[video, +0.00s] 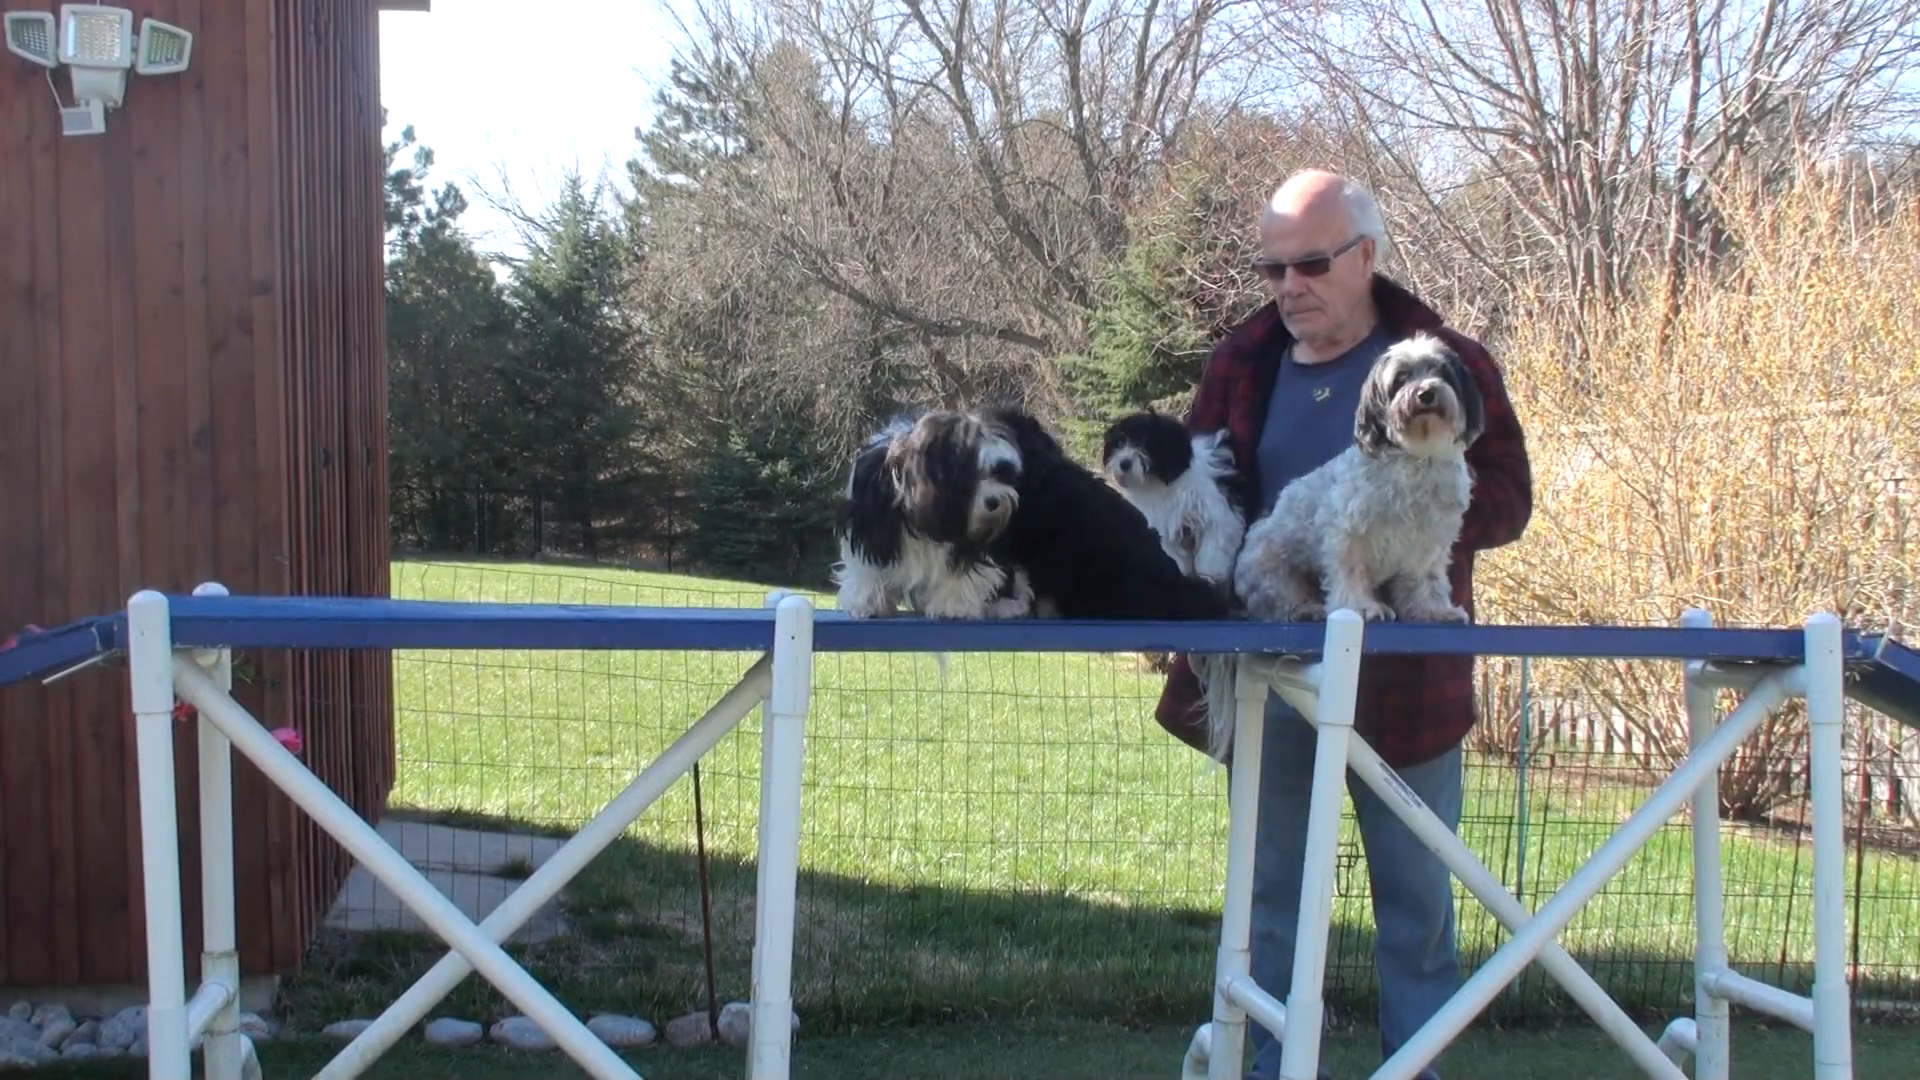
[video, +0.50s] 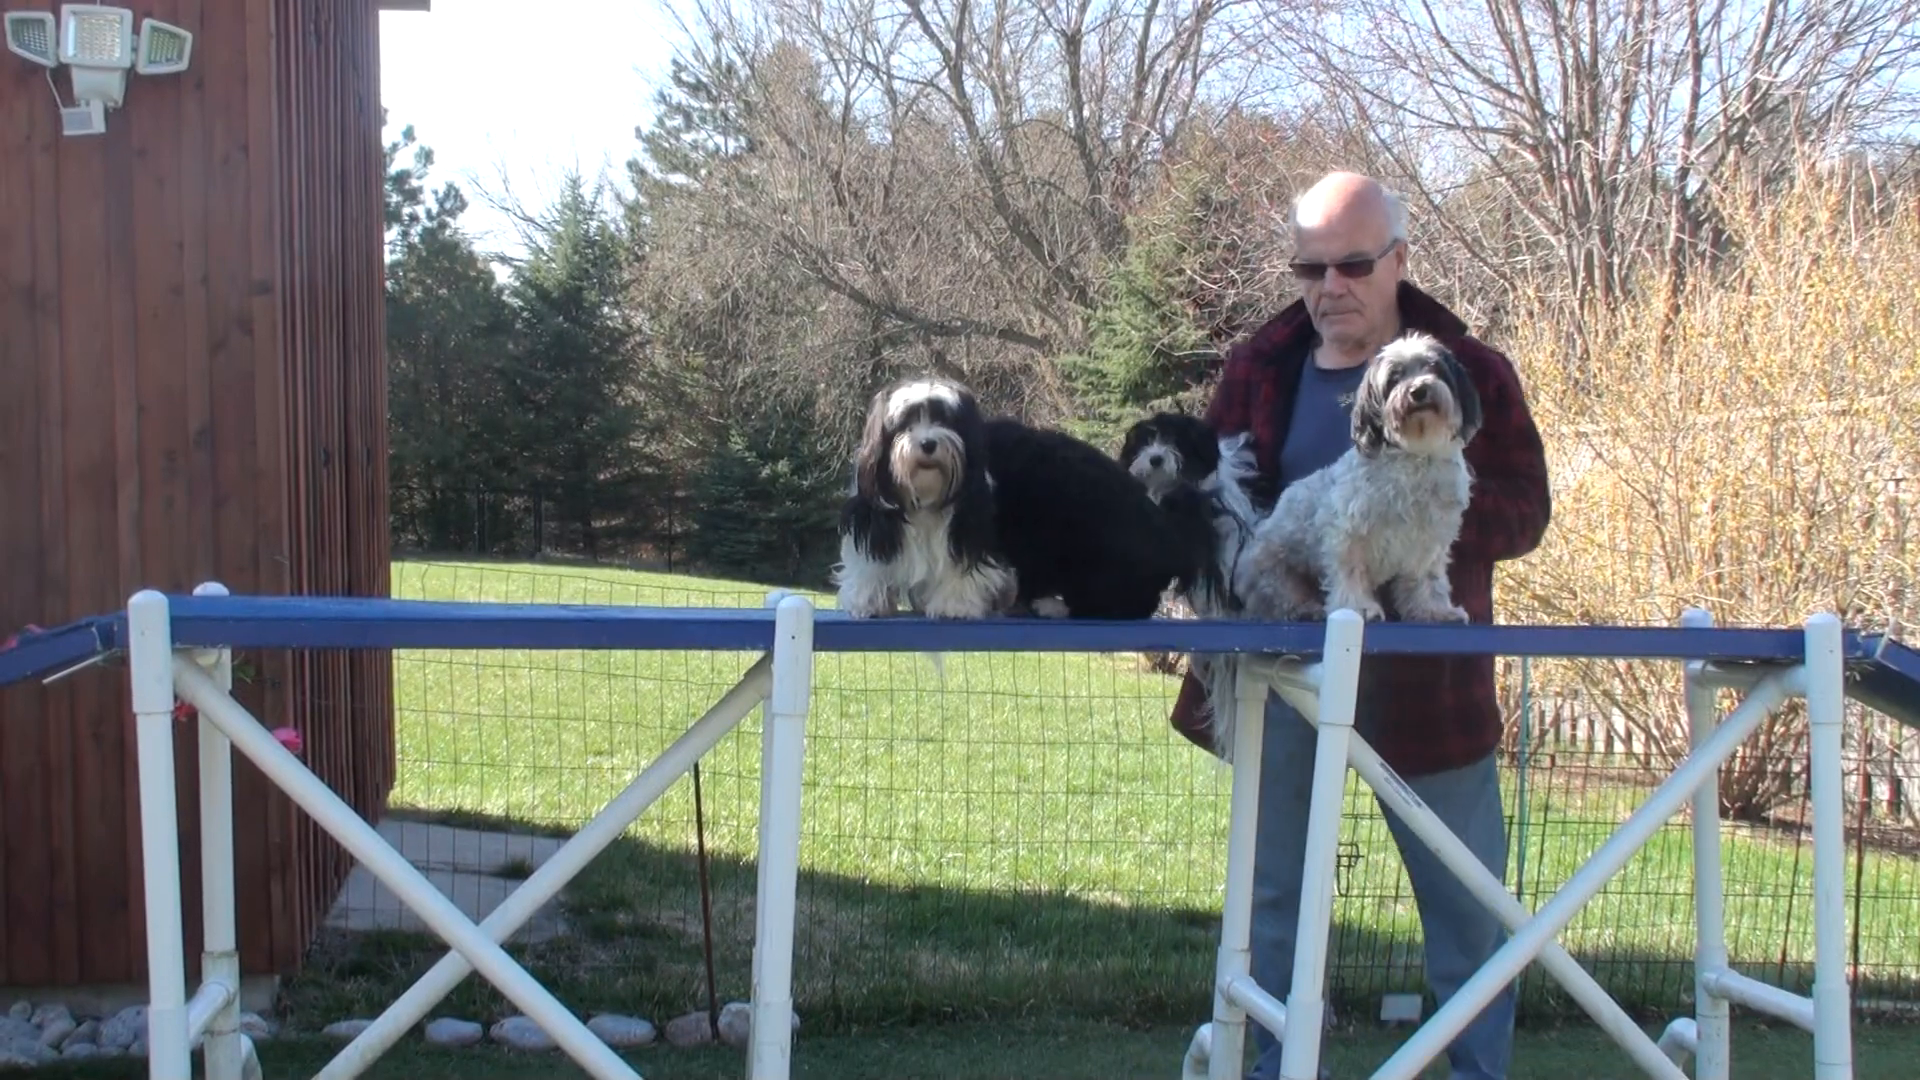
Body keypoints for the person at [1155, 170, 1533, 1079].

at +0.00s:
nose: (1292, 285)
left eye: (1314, 264)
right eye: (1276, 265)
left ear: (1367, 257)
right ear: (1261, 265)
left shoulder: (1446, 365)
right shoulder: (1235, 367)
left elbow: (1504, 496)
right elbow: (1192, 509)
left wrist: (1397, 546)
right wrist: (1195, 623)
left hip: (1407, 670)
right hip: (1271, 668)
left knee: (1415, 895)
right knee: (1271, 885)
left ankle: (1417, 1062)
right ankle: (1269, 1059)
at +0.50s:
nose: (1333, 286)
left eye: (1355, 265)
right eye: (1312, 267)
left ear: (1398, 258)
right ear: (1291, 266)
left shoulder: (1470, 372)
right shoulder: (1251, 370)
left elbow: (1520, 509)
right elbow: (1209, 508)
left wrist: (1395, 535)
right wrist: (1276, 567)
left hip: (1427, 674)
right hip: (1282, 668)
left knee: (1464, 899)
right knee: (1270, 888)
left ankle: (1477, 1062)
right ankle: (1268, 1062)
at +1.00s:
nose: (1403, 273)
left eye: (1428, 255)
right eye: (1390, 255)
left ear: (1484, 257)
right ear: (1375, 258)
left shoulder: (1557, 378)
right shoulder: (1344, 362)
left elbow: (1600, 524)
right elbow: (1290, 498)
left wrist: (1465, 488)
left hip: (1496, 677)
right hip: (1352, 667)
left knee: (1500, 919)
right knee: (1320, 903)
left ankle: (1485, 1067)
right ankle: (1298, 1064)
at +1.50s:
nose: (1370, 277)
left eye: (1392, 257)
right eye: (1359, 260)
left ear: (1453, 255)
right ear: (1349, 264)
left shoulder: (1541, 373)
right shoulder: (1325, 367)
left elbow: (1588, 510)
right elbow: (1278, 502)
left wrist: (1468, 483)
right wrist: (1292, 562)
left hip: (1489, 674)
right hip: (1349, 668)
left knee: (1496, 907)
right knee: (1343, 902)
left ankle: (1487, 1065)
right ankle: (1335, 1068)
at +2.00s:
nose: (1375, 255)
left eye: (1398, 238)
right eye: (1357, 241)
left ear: (1442, 250)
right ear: (1338, 257)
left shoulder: (1513, 370)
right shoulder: (1292, 367)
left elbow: (1562, 509)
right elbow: (1239, 501)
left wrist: (1444, 480)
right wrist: (1312, 517)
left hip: (1469, 674)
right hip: (1325, 671)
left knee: (1487, 911)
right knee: (1334, 912)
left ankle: (1486, 1062)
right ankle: (1336, 1070)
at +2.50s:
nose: (1424, 251)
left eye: (1447, 232)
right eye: (1402, 236)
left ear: (1485, 244)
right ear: (1379, 251)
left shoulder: (1545, 371)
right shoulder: (1327, 360)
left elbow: (1593, 516)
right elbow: (1268, 492)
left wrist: (1531, 495)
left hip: (1499, 666)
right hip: (1359, 659)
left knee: (1510, 902)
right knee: (1349, 895)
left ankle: (1504, 1064)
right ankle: (1337, 1067)